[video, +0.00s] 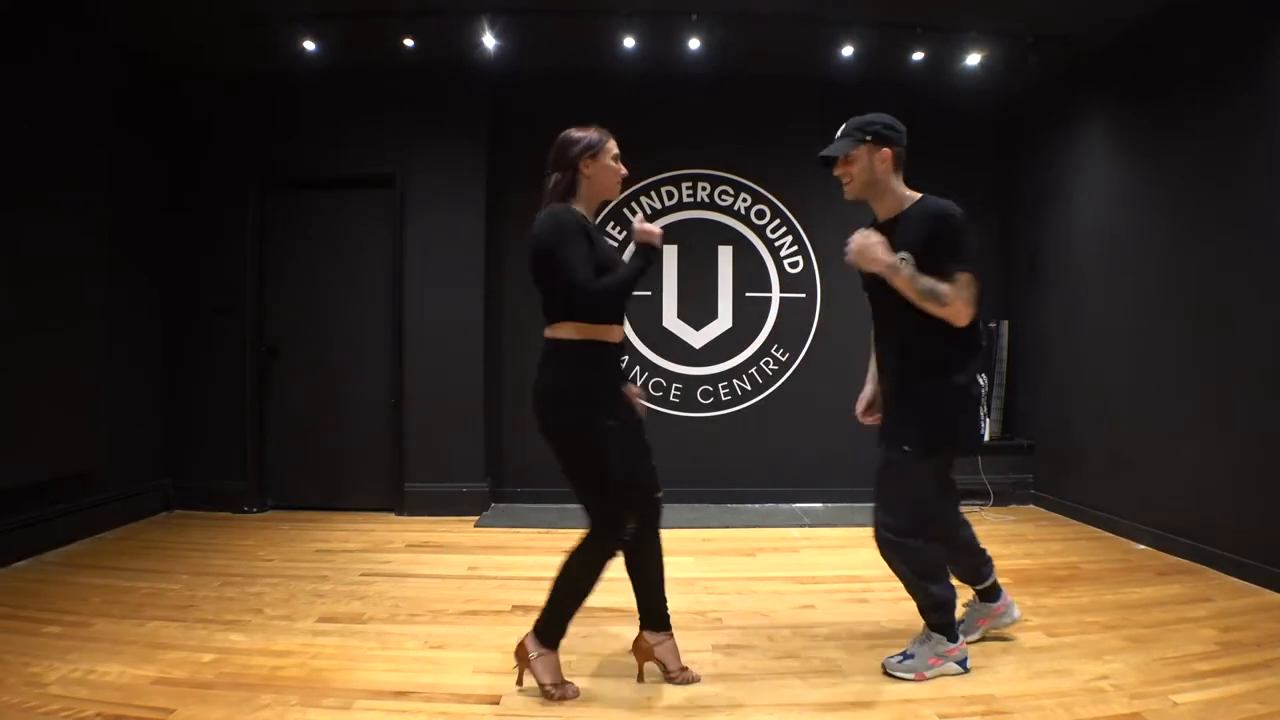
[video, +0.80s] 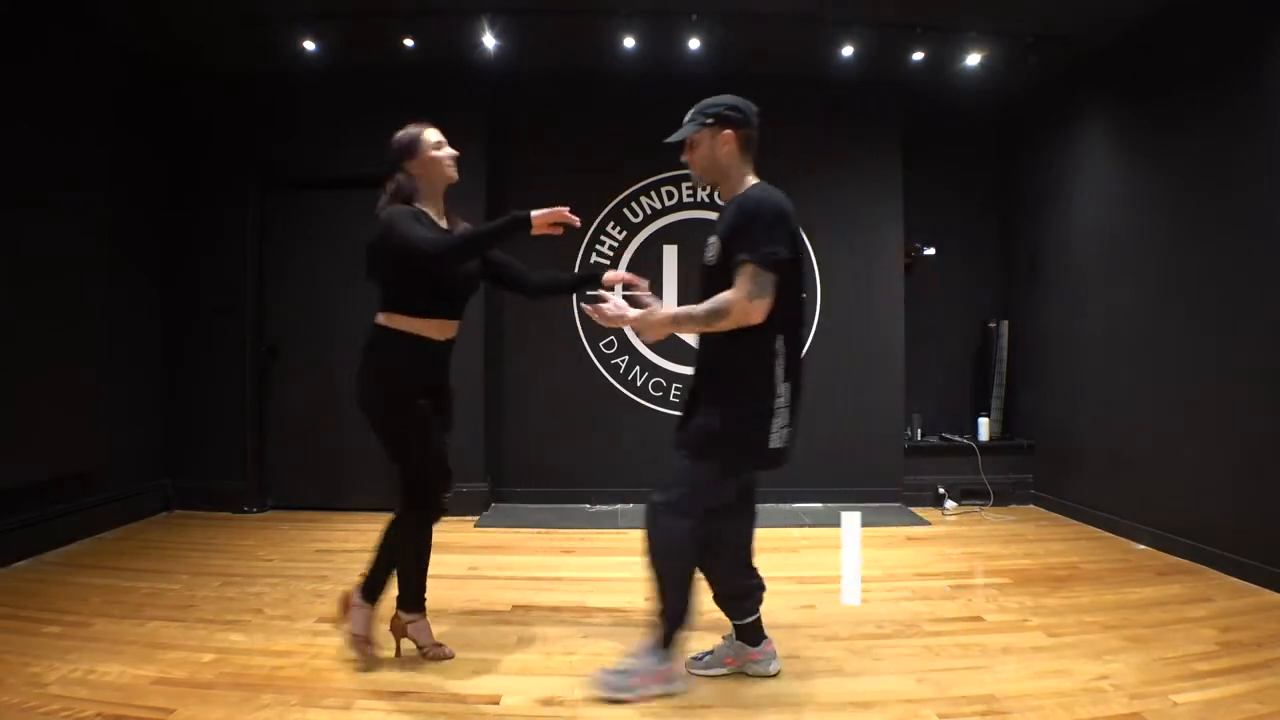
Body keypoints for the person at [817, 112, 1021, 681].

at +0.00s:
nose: (839, 172)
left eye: (848, 160)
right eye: (838, 162)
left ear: (884, 158)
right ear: (870, 164)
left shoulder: (941, 219)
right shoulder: (873, 234)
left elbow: (961, 310)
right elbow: (888, 320)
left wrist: (889, 265)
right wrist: (875, 381)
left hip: (941, 397)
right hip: (908, 397)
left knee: (897, 523)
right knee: (931, 505)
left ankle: (943, 640)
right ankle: (992, 599)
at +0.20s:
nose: (818, 154)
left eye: (829, 143)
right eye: (818, 145)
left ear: (865, 144)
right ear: (853, 149)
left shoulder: (904, 207)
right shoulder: (868, 219)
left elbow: (920, 301)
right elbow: (876, 311)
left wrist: (841, 343)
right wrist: (827, 350)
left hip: (929, 392)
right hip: (886, 391)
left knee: (927, 509)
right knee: (861, 496)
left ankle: (946, 640)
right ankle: (931, 588)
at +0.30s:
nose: (796, 148)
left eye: (806, 138)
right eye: (797, 139)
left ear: (842, 139)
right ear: (834, 143)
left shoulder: (874, 205)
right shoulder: (851, 212)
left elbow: (921, 286)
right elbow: (857, 304)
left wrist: (864, 355)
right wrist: (784, 315)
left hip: (908, 392)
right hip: (866, 389)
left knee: (917, 514)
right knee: (837, 503)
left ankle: (946, 639)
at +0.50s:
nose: (753, 151)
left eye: (762, 139)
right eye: (753, 141)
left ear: (797, 139)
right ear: (790, 143)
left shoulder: (831, 202)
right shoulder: (802, 219)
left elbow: (895, 267)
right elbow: (794, 313)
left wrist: (809, 310)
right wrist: (722, 295)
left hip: (851, 403)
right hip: (812, 403)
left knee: (872, 520)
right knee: (793, 522)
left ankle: (939, 631)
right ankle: (758, 639)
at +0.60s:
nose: (732, 147)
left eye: (742, 135)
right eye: (733, 137)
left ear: (777, 136)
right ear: (768, 140)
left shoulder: (819, 197)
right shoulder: (776, 216)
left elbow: (858, 278)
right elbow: (773, 315)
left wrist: (763, 271)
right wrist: (697, 307)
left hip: (826, 400)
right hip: (780, 398)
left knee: (817, 525)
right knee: (767, 521)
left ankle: (907, 611)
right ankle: (757, 641)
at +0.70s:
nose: (714, 149)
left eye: (722, 137)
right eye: (714, 138)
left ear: (756, 136)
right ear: (751, 138)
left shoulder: (800, 198)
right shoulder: (755, 214)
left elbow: (808, 286)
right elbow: (746, 316)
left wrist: (733, 265)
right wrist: (673, 320)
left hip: (794, 389)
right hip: (758, 388)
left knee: (753, 512)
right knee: (742, 510)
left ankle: (841, 607)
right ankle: (754, 641)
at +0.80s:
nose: (686, 157)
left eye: (691, 144)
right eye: (685, 147)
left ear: (726, 138)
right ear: (721, 142)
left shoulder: (761, 208)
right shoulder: (738, 213)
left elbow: (752, 306)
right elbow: (722, 315)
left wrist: (668, 318)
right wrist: (651, 305)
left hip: (740, 407)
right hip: (722, 403)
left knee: (672, 513)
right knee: (721, 527)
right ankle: (751, 643)